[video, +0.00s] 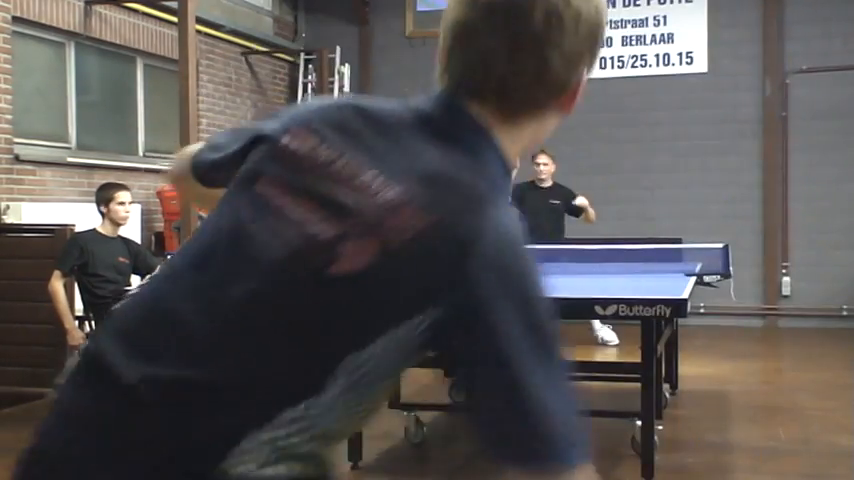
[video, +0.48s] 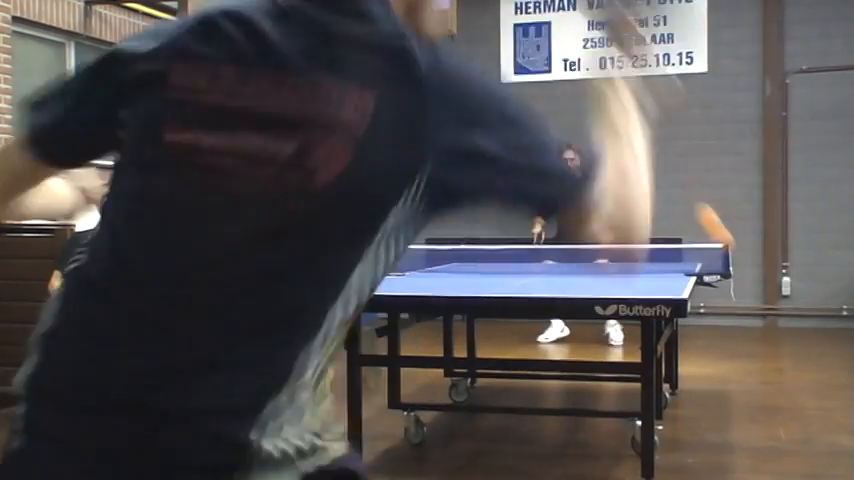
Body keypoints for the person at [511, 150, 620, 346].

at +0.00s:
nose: (540, 168)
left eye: (545, 164)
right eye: (537, 164)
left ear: (554, 167)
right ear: (532, 167)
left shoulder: (562, 192)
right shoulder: (520, 191)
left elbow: (590, 220)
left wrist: (587, 208)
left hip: (557, 252)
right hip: (528, 252)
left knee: (581, 283)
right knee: (521, 289)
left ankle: (598, 325)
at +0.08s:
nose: (552, 174)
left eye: (555, 169)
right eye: (548, 169)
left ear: (560, 171)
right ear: (538, 171)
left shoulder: (571, 194)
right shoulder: (531, 192)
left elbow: (592, 217)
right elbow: (519, 208)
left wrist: (593, 217)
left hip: (565, 254)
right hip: (533, 253)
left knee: (586, 285)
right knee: (508, 282)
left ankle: (599, 329)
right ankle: (497, 328)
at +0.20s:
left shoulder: (586, 191)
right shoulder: (546, 193)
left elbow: (610, 211)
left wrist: (601, 225)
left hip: (578, 256)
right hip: (542, 252)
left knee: (597, 283)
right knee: (518, 282)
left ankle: (601, 329)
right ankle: (504, 328)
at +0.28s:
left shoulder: (590, 187)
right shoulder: (547, 191)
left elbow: (614, 213)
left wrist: (606, 229)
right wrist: (533, 246)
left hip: (587, 256)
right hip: (552, 255)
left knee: (600, 284)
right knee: (527, 277)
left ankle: (602, 328)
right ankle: (525, 326)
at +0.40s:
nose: (569, 165)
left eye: (573, 161)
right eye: (565, 162)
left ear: (580, 163)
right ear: (559, 165)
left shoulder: (594, 186)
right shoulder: (554, 189)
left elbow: (617, 211)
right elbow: (540, 215)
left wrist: (610, 230)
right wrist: (535, 222)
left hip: (592, 250)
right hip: (561, 251)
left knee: (604, 284)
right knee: (544, 283)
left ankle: (603, 328)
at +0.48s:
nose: (570, 165)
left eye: (573, 160)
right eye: (566, 161)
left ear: (583, 160)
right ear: (560, 163)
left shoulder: (595, 181)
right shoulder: (559, 181)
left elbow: (606, 214)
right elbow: (547, 202)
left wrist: (604, 252)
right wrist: (539, 221)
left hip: (595, 242)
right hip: (566, 241)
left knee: (603, 276)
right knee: (547, 271)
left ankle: (612, 322)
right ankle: (557, 321)